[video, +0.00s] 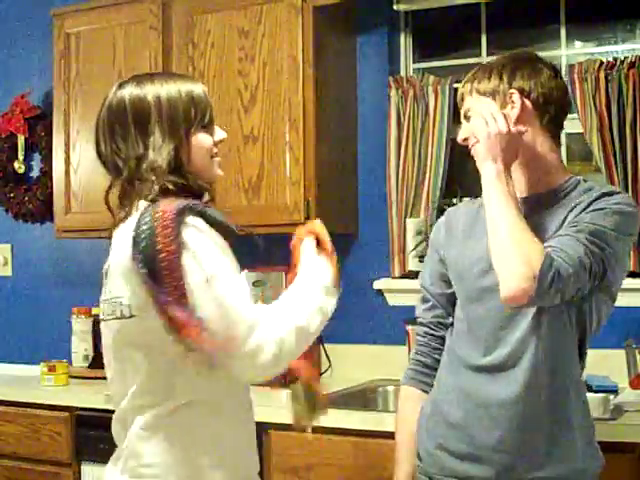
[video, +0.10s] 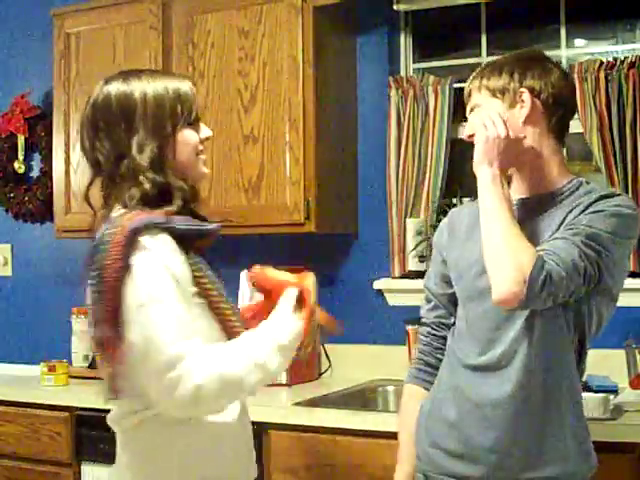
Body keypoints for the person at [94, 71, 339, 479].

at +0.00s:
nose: (220, 136)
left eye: (212, 124)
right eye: (204, 126)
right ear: (164, 139)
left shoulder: (130, 234)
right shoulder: (181, 230)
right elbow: (253, 351)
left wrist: (272, 369)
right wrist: (317, 276)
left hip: (144, 462)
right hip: (197, 466)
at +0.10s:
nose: (206, 133)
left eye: (198, 120)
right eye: (190, 122)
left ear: (151, 142)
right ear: (149, 140)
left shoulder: (156, 243)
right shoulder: (147, 250)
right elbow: (178, 386)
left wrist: (246, 324)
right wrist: (281, 335)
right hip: (180, 469)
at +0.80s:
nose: (134, 164)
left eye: (129, 148)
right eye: (114, 150)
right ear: (55, 162)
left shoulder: (134, 259)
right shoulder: (9, 265)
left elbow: (132, 376)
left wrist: (160, 420)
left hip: (114, 471)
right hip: (22, 471)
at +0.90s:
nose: (127, 162)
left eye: (120, 147)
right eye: (107, 148)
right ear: (48, 162)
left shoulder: (129, 256)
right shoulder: (8, 262)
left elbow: (133, 371)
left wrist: (161, 416)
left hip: (114, 472)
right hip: (23, 472)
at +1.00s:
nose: (123, 156)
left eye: (116, 143)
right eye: (104, 145)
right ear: (45, 160)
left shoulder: (127, 254)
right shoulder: (7, 260)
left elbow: (132, 372)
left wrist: (170, 414)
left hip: (114, 470)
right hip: (24, 471)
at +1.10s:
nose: (127, 153)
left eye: (120, 139)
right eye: (109, 142)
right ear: (52, 159)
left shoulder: (129, 252)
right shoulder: (9, 259)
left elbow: (133, 373)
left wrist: (175, 410)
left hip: (116, 472)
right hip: (22, 471)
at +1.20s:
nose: (143, 157)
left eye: (136, 144)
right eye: (125, 146)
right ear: (69, 158)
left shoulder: (141, 254)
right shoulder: (13, 272)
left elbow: (134, 375)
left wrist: (185, 413)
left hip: (129, 471)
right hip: (39, 471)